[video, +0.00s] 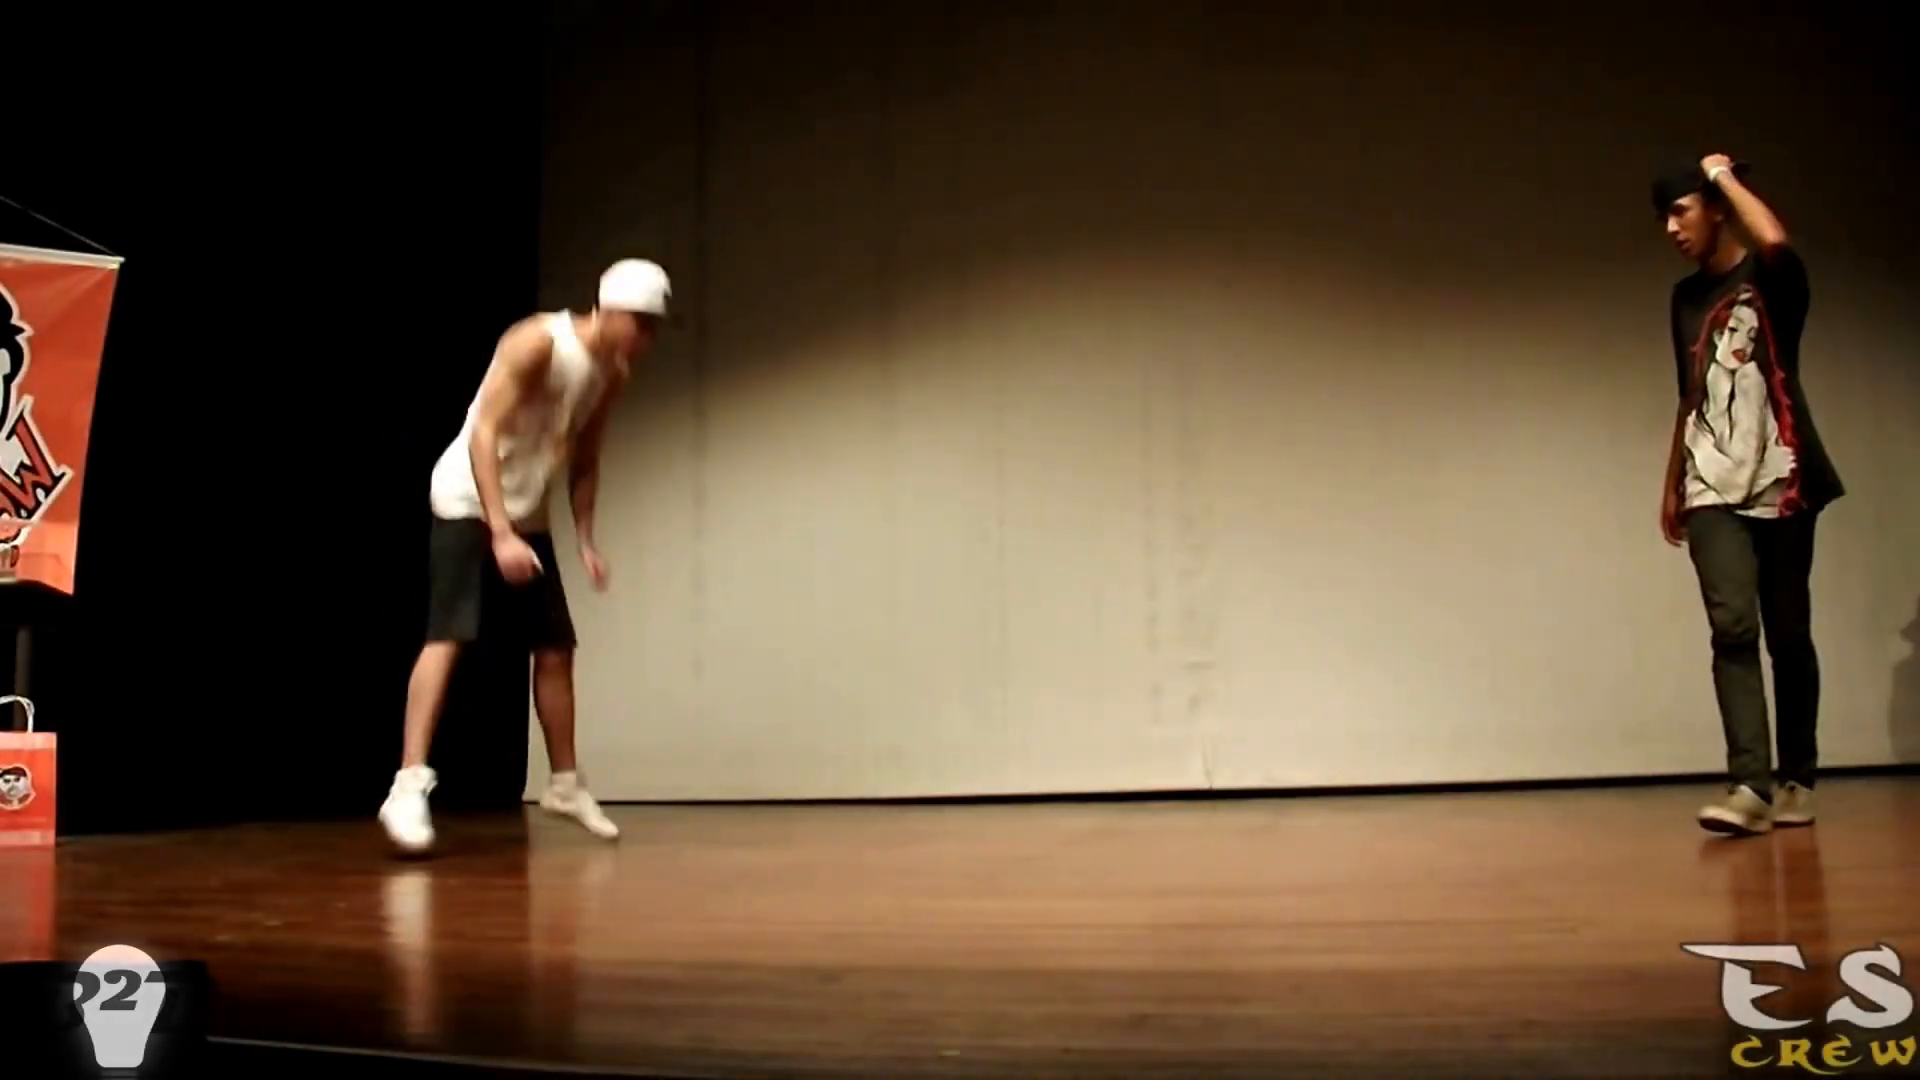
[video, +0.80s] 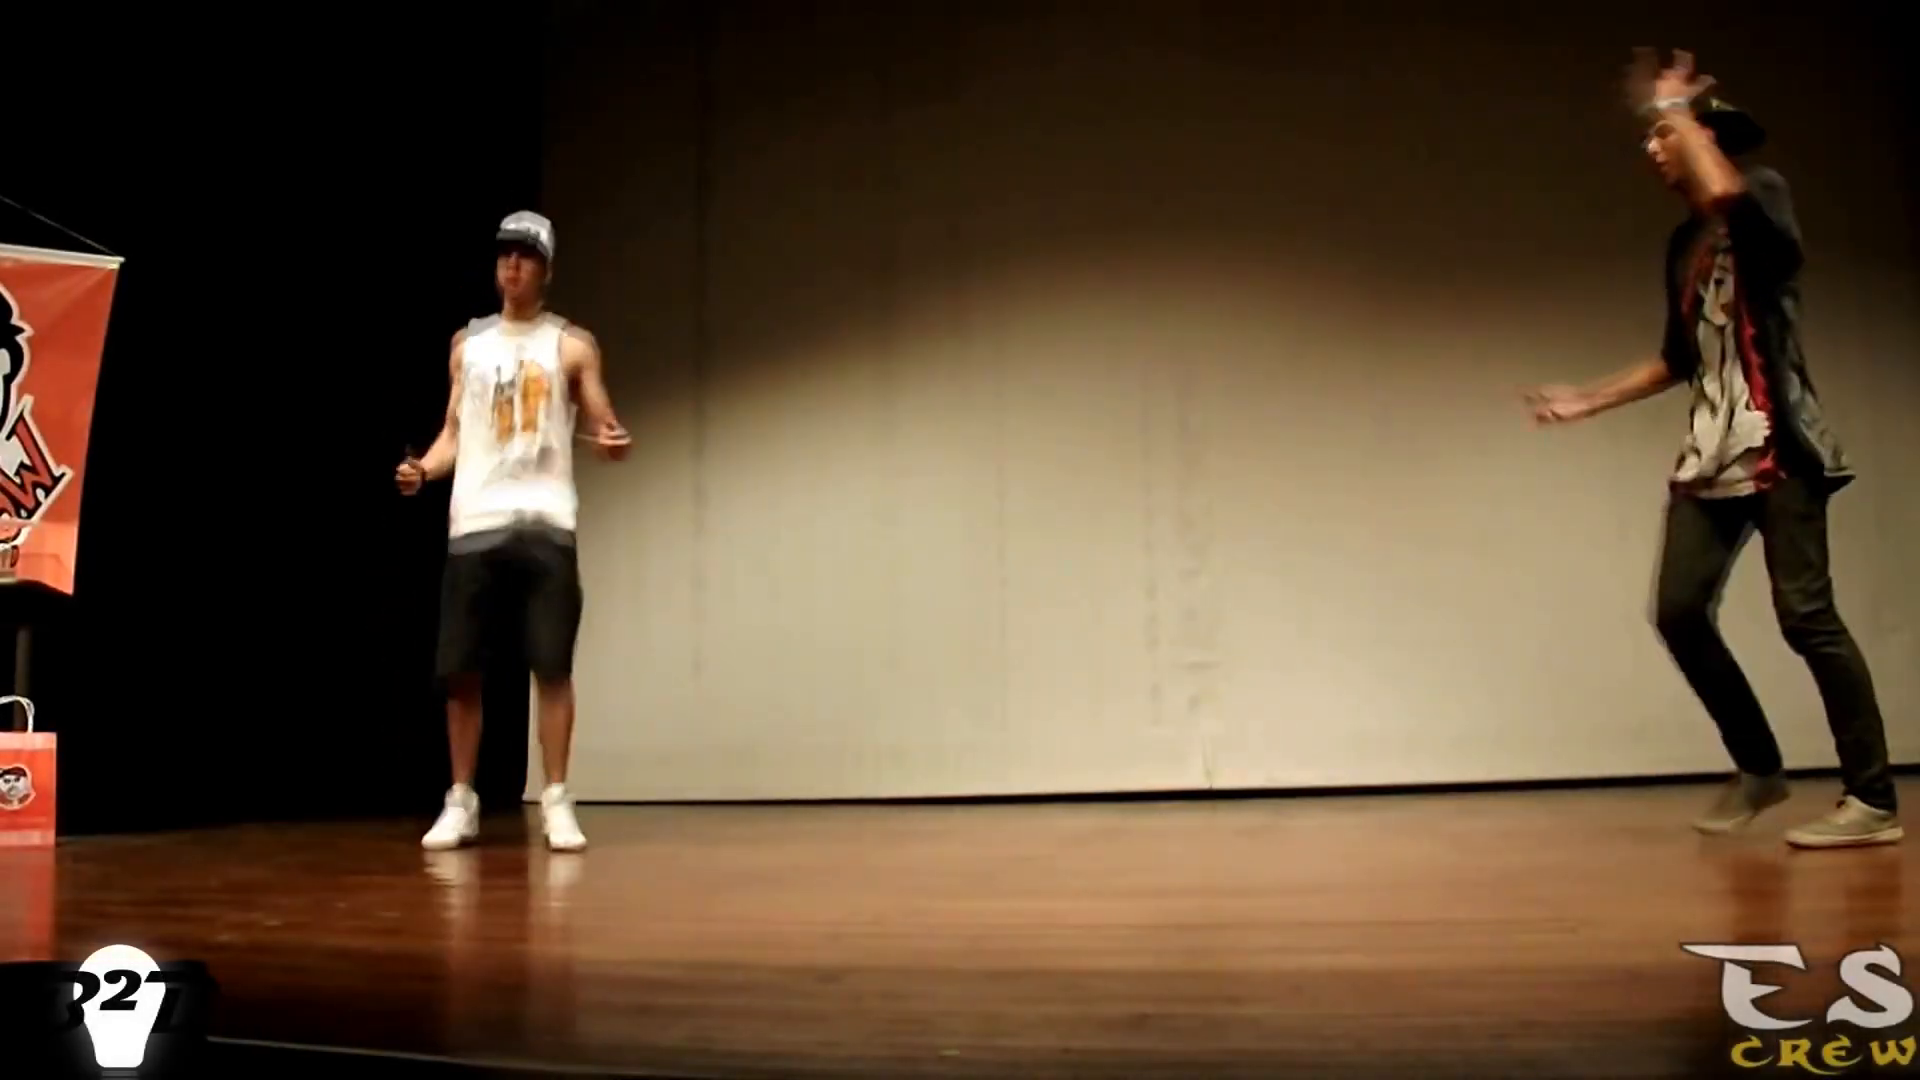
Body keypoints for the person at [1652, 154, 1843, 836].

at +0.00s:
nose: (1671, 230)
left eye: (1680, 215)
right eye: (1666, 218)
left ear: (1717, 210)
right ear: (1673, 225)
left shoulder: (1775, 279)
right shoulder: (1687, 295)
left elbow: (1775, 246)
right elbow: (1688, 402)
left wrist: (1728, 181)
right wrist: (1672, 486)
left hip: (1782, 483)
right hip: (1711, 486)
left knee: (1788, 636)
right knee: (1732, 629)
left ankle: (1797, 783)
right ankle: (1750, 785)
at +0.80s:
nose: (1653, 152)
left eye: (1664, 136)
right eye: (1649, 140)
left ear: (1707, 134)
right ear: (1658, 152)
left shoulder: (1765, 200)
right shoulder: (1683, 243)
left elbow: (1726, 192)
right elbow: (1677, 361)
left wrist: (1679, 112)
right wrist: (1585, 400)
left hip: (1782, 452)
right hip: (1710, 460)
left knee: (1808, 619)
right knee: (1679, 612)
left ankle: (1874, 798)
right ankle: (1761, 776)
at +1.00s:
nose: (1619, 150)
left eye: (1630, 135)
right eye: (1619, 139)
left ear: (1674, 135)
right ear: (1662, 144)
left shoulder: (1731, 188)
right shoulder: (1666, 228)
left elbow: (1641, 208)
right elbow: (1640, 343)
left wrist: (1521, 184)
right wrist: (1533, 363)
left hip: (1769, 438)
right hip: (1701, 444)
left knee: (1809, 615)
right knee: (1647, 604)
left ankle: (1875, 801)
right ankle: (1682, 796)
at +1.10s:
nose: (1588, 158)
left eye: (1600, 143)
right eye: (1589, 146)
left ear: (1644, 143)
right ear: (1632, 152)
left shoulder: (1700, 193)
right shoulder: (1644, 238)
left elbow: (1603, 238)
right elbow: (1608, 343)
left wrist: (1473, 250)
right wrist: (1510, 368)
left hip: (1747, 447)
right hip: (1681, 454)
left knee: (1792, 619)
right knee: (1632, 610)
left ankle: (1872, 798)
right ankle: (1641, 805)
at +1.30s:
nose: (1497, 187)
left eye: (1509, 171)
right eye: (1498, 173)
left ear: (1551, 171)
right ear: (1545, 177)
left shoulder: (1614, 219)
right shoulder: (1574, 264)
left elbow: (1528, 296)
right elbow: (1535, 369)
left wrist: (1402, 331)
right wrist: (1434, 397)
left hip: (1673, 468)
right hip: (1617, 474)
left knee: (1661, 622)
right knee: (1580, 627)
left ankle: (1819, 749)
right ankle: (1633, 810)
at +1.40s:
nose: (1452, 233)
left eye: (1458, 213)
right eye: (1449, 219)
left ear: (1499, 200)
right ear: (1492, 208)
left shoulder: (1562, 237)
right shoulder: (1538, 275)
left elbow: (1469, 317)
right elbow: (1485, 388)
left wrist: (1347, 365)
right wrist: (1387, 429)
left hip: (1637, 463)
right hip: (1614, 465)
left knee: (1556, 618)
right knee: (1548, 618)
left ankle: (1711, 737)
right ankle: (1628, 808)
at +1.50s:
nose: (1402, 288)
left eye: (1406, 271)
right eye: (1399, 275)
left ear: (1437, 257)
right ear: (1445, 261)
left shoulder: (1503, 278)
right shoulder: (1491, 327)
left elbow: (1411, 363)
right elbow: (1429, 434)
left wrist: (1294, 426)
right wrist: (1342, 488)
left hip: (1602, 473)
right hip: (1626, 479)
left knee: (1471, 592)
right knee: (1522, 637)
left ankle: (1607, 792)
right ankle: (1626, 807)